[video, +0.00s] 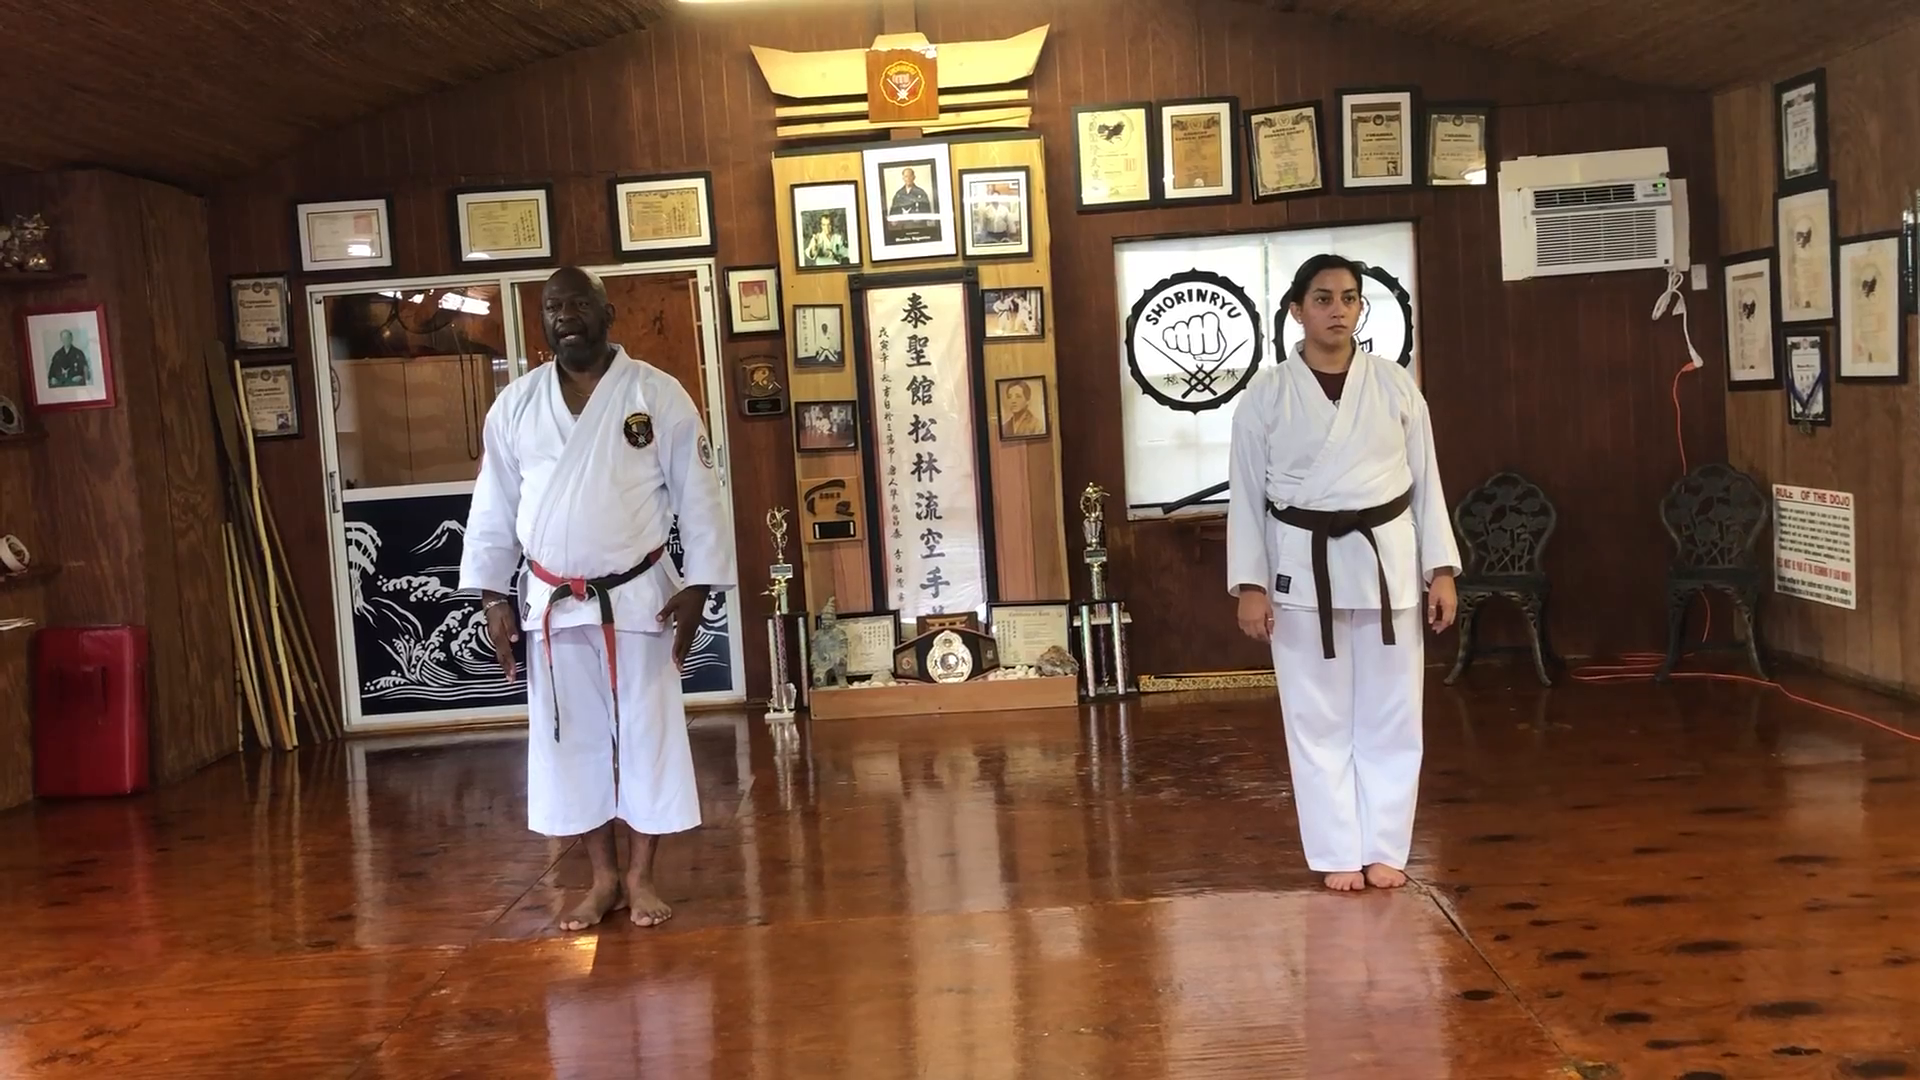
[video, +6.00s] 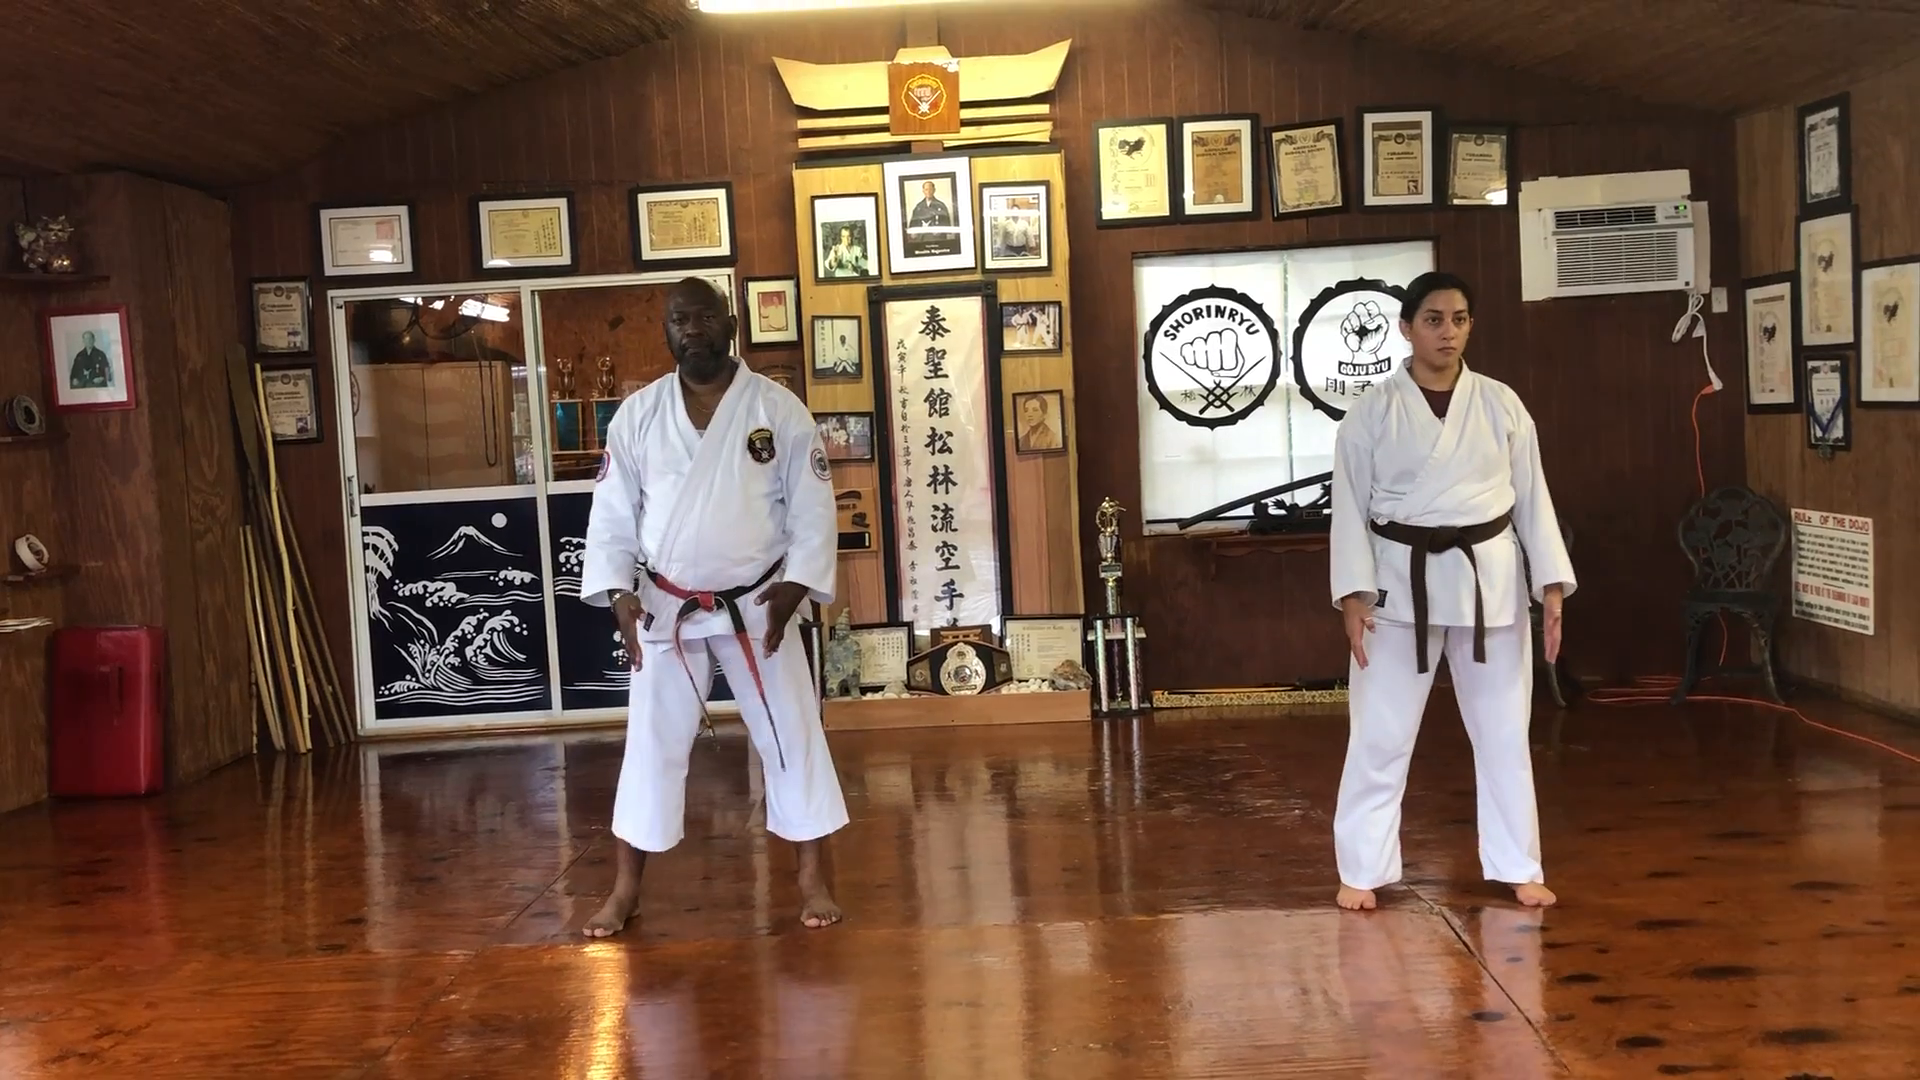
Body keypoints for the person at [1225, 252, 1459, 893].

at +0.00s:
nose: (1339, 309)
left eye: (1349, 298)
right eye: (1324, 298)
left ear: (1361, 310)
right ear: (1297, 310)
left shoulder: (1395, 384)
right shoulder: (1264, 394)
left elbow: (1424, 483)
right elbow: (1246, 495)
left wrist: (1441, 569)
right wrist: (1249, 582)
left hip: (1389, 567)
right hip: (1301, 573)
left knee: (1390, 716)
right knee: (1319, 719)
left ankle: (1385, 853)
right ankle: (1337, 857)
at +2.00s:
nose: (1354, 307)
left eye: (1364, 296)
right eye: (1338, 296)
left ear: (1377, 308)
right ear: (1312, 309)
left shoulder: (1410, 382)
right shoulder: (1279, 393)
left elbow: (1440, 482)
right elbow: (1261, 494)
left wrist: (1455, 566)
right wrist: (1264, 582)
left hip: (1404, 567)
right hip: (1316, 572)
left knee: (1404, 715)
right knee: (1333, 718)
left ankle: (1397, 853)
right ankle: (1350, 857)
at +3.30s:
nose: (1370, 397)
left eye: (1382, 382)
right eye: (1357, 383)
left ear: (1397, 375)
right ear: (1329, 375)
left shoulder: (1422, 423)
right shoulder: (1286, 429)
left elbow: (1435, 518)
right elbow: (1261, 525)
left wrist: (1430, 603)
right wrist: (1273, 615)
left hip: (1393, 574)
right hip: (1313, 578)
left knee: (1392, 715)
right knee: (1327, 719)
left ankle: (1386, 857)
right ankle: (1345, 861)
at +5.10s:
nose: (1375, 313)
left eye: (1386, 301)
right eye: (1360, 301)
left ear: (1398, 313)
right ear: (1334, 312)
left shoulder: (1429, 387)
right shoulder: (1298, 396)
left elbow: (1458, 487)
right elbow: (1276, 497)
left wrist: (1478, 570)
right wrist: (1283, 586)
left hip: (1425, 563)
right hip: (1335, 567)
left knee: (1455, 710)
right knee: (1345, 721)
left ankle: (1480, 844)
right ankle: (1356, 860)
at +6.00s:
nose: (1448, 330)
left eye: (1458, 318)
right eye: (1434, 318)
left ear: (1471, 328)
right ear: (1407, 328)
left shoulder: (1501, 404)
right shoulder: (1371, 409)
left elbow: (1532, 498)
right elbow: (1349, 505)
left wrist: (1551, 582)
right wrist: (1352, 588)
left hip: (1493, 582)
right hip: (1399, 582)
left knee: (1505, 736)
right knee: (1381, 736)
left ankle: (1520, 870)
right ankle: (1360, 875)